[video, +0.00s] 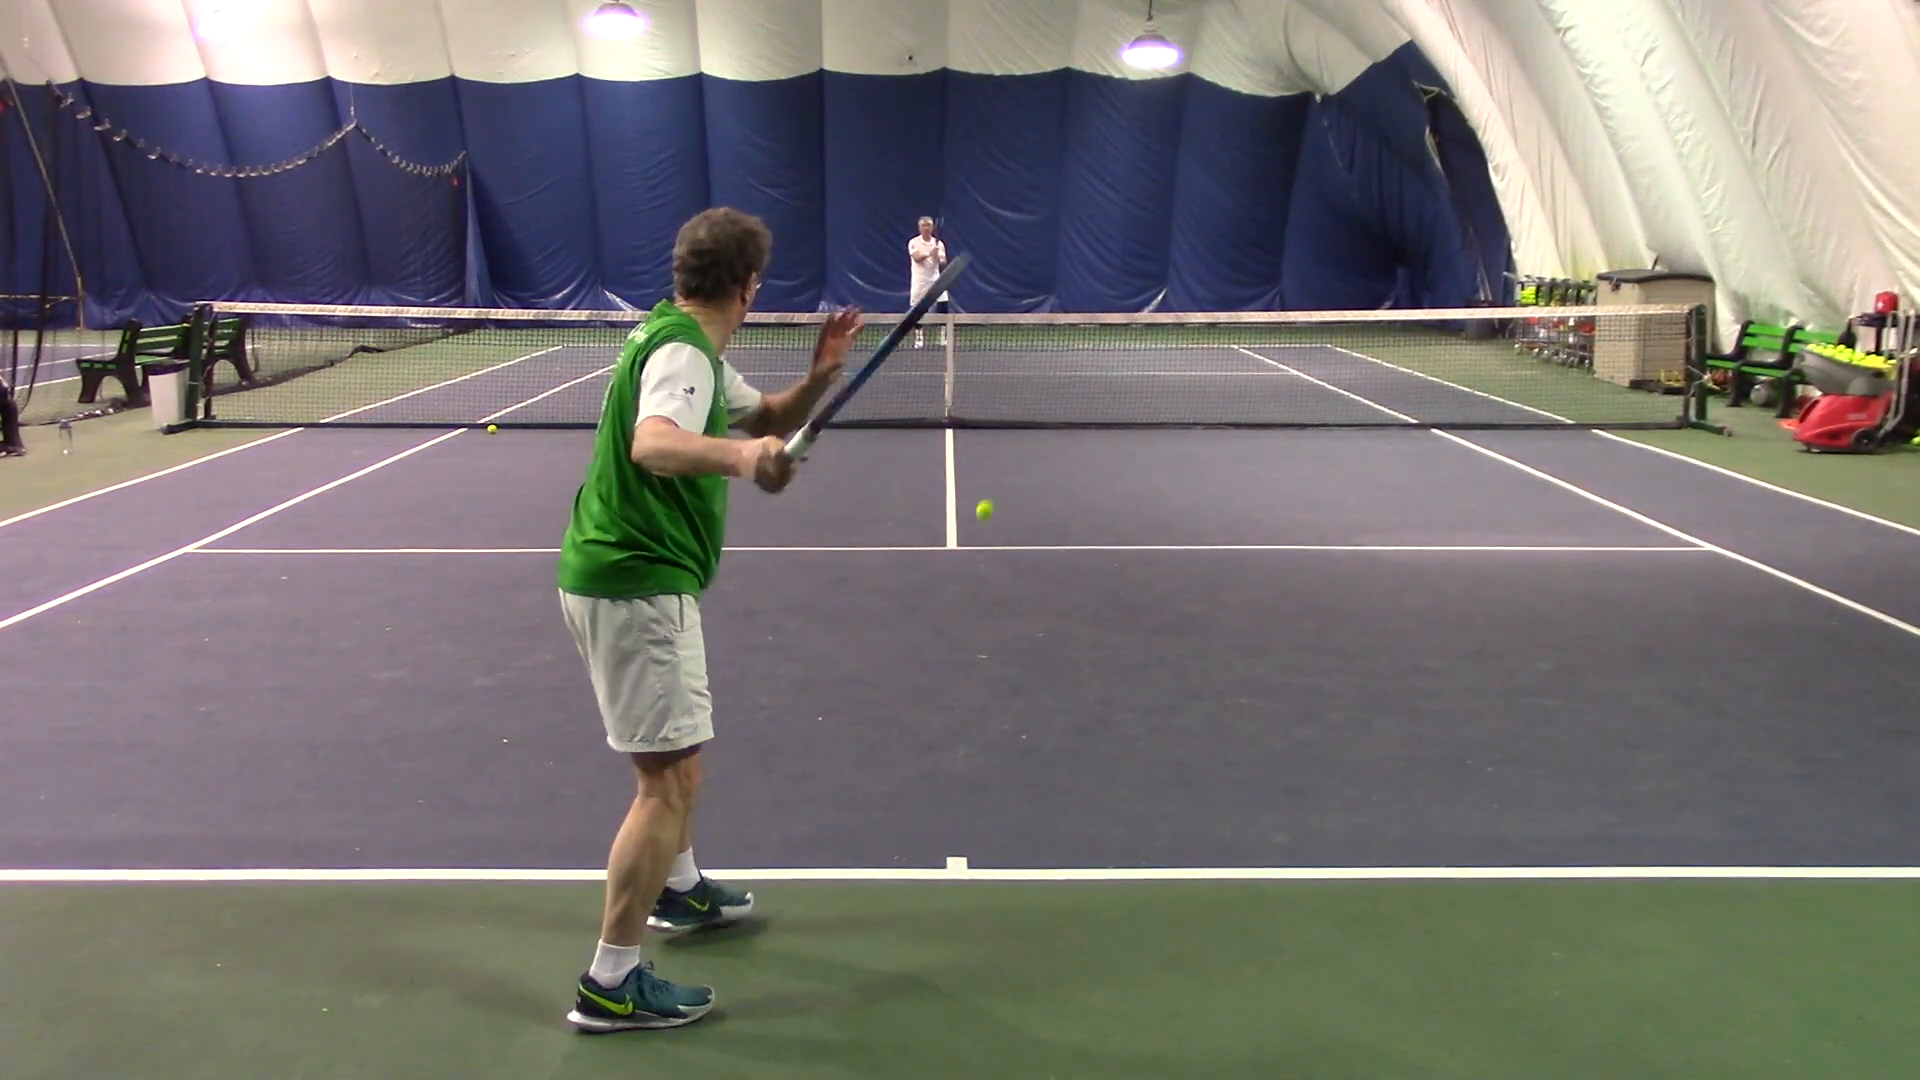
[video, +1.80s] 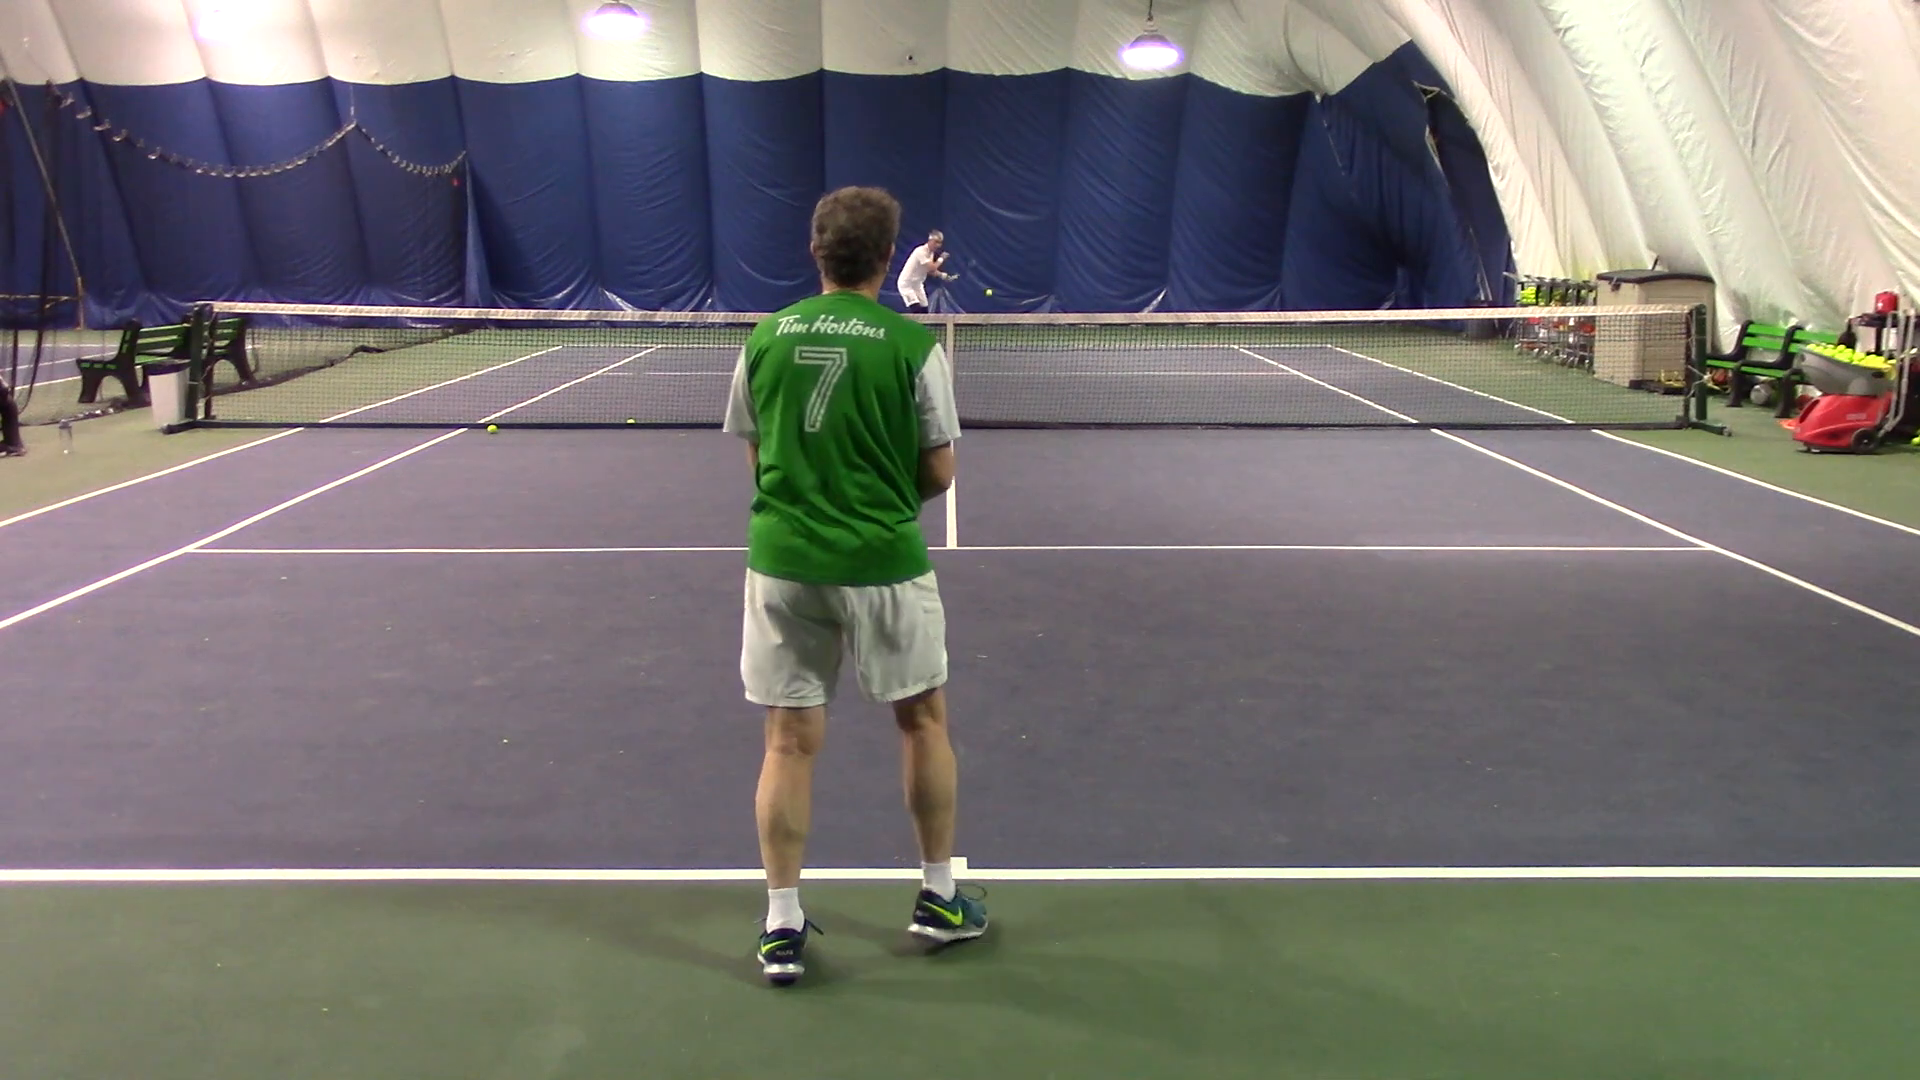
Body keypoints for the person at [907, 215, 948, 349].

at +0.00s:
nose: (926, 229)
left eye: (928, 225)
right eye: (923, 226)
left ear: (932, 227)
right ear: (919, 228)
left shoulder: (938, 243)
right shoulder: (913, 242)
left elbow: (943, 261)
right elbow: (917, 257)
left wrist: (938, 255)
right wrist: (931, 252)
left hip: (935, 278)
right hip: (919, 280)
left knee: (943, 304)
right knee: (918, 309)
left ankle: (943, 334)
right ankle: (919, 337)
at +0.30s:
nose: (920, 231)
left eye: (922, 228)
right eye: (918, 228)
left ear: (926, 229)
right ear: (914, 229)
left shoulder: (932, 244)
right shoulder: (908, 244)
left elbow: (933, 256)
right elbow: (911, 256)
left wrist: (926, 248)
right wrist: (922, 248)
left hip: (929, 278)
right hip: (915, 278)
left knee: (927, 308)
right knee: (917, 306)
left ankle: (923, 334)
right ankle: (917, 335)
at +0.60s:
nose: (919, 228)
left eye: (921, 225)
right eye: (916, 225)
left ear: (925, 227)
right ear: (912, 227)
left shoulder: (930, 244)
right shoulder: (905, 241)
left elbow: (930, 261)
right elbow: (907, 257)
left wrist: (922, 260)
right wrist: (922, 257)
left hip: (922, 276)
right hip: (907, 276)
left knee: (921, 306)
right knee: (907, 305)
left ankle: (920, 335)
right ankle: (908, 334)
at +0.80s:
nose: (914, 228)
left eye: (916, 225)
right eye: (911, 225)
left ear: (920, 227)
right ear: (907, 227)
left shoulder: (923, 243)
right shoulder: (900, 241)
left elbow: (926, 265)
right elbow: (903, 259)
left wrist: (924, 256)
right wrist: (918, 258)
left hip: (916, 276)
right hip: (901, 276)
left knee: (920, 305)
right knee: (894, 305)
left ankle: (919, 335)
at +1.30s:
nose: (918, 236)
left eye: (920, 233)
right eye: (916, 233)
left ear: (922, 235)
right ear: (910, 233)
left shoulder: (921, 247)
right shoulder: (903, 246)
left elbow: (926, 261)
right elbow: (909, 261)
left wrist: (934, 266)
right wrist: (928, 266)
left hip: (913, 281)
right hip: (900, 281)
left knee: (922, 307)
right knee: (897, 311)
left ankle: (919, 335)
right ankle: (890, 337)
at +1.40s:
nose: (923, 238)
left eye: (925, 236)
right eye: (920, 235)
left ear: (926, 237)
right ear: (915, 236)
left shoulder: (923, 249)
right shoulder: (908, 248)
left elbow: (933, 257)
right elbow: (921, 259)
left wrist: (944, 256)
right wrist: (939, 258)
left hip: (913, 280)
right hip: (901, 280)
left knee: (923, 307)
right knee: (907, 308)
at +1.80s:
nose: (937, 245)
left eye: (939, 243)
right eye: (935, 242)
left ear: (941, 244)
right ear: (930, 240)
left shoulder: (931, 253)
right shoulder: (920, 251)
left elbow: (930, 270)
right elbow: (931, 267)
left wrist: (943, 275)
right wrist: (941, 259)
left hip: (918, 283)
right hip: (906, 282)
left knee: (924, 308)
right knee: (915, 307)